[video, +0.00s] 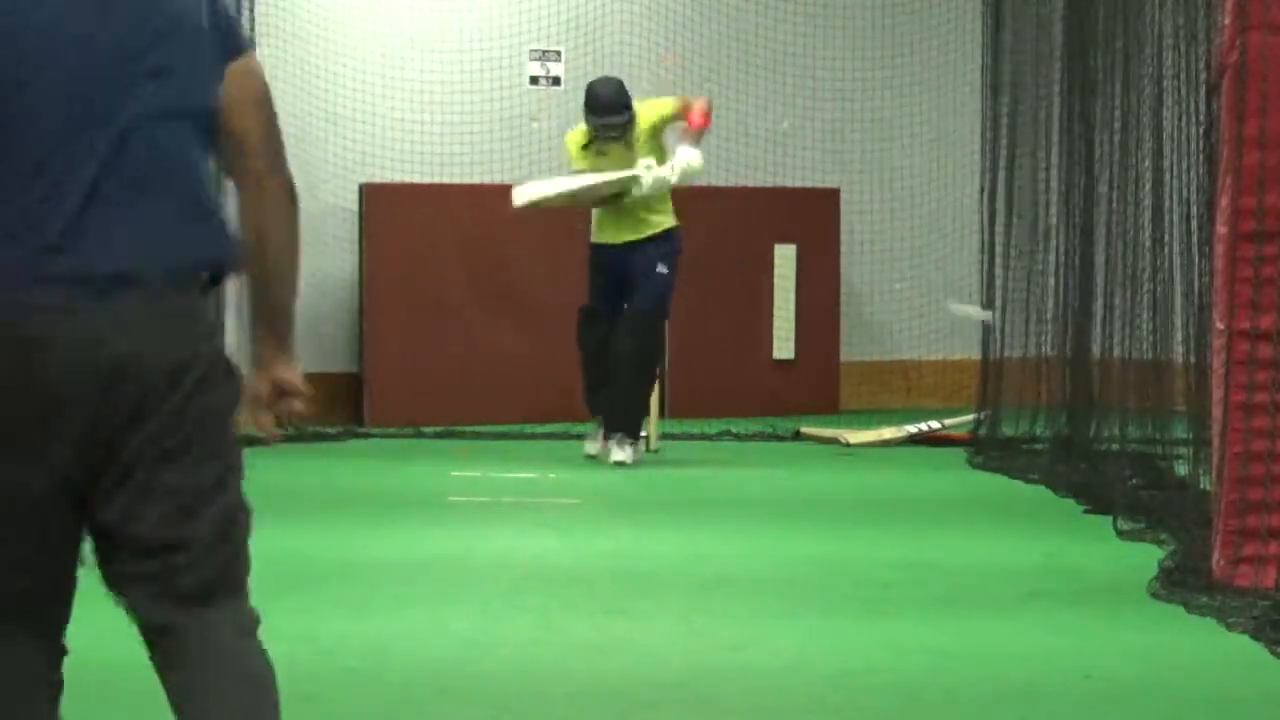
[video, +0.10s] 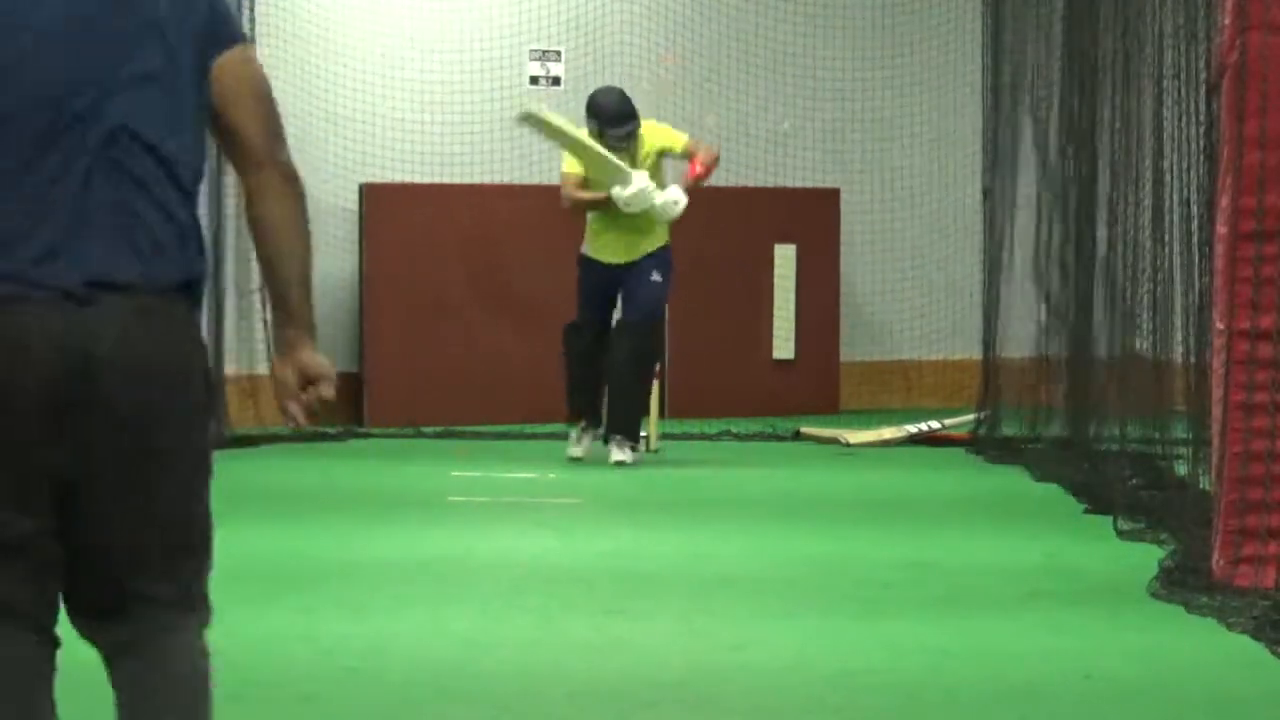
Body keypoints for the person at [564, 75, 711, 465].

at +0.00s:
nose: (611, 138)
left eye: (618, 130)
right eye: (603, 131)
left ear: (630, 116)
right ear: (589, 121)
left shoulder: (648, 117)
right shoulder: (577, 142)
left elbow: (697, 105)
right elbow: (583, 194)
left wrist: (690, 141)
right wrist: (631, 183)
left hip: (654, 237)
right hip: (607, 241)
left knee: (638, 332)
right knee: (598, 329)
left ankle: (626, 433)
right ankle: (604, 421)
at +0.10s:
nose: (622, 145)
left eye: (628, 137)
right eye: (614, 139)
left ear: (636, 125)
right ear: (594, 131)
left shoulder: (652, 135)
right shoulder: (581, 146)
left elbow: (707, 153)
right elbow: (569, 196)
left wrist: (683, 187)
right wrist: (613, 198)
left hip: (648, 251)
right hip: (599, 253)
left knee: (640, 338)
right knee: (589, 337)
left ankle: (623, 435)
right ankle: (585, 423)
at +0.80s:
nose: (627, 128)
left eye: (630, 121)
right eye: (620, 121)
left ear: (631, 119)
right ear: (596, 116)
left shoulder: (637, 145)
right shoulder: (565, 147)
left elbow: (662, 189)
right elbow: (557, 210)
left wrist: (661, 214)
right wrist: (608, 216)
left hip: (626, 261)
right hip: (576, 261)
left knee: (634, 342)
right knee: (568, 345)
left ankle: (623, 427)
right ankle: (551, 443)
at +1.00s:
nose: (620, 169)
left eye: (627, 160)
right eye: (612, 161)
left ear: (641, 160)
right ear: (602, 163)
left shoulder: (654, 198)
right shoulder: (620, 188)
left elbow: (663, 269)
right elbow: (633, 225)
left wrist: (642, 281)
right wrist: (628, 248)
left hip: (709, 257)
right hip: (681, 260)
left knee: (664, 342)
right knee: (642, 340)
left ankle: (679, 448)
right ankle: (664, 440)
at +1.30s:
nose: (633, 138)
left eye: (641, 131)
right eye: (626, 131)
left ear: (654, 133)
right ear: (615, 135)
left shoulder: (669, 165)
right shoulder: (618, 170)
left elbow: (667, 225)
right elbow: (615, 207)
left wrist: (624, 235)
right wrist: (606, 211)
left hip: (691, 259)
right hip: (652, 264)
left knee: (650, 336)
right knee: (622, 341)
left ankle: (666, 443)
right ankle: (655, 436)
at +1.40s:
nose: (638, 115)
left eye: (646, 107)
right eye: (631, 107)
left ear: (662, 108)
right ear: (621, 109)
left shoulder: (680, 138)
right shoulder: (619, 143)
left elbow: (683, 172)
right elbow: (616, 201)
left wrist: (632, 177)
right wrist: (606, 188)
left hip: (679, 250)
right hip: (639, 255)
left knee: (657, 338)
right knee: (625, 343)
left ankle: (669, 443)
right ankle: (654, 438)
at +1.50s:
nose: (639, 95)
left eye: (647, 87)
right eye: (634, 88)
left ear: (668, 88)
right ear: (627, 90)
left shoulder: (683, 121)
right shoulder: (626, 130)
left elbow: (691, 113)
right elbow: (608, 175)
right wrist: (596, 141)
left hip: (678, 234)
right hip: (641, 237)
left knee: (669, 335)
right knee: (636, 332)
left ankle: (673, 438)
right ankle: (651, 434)